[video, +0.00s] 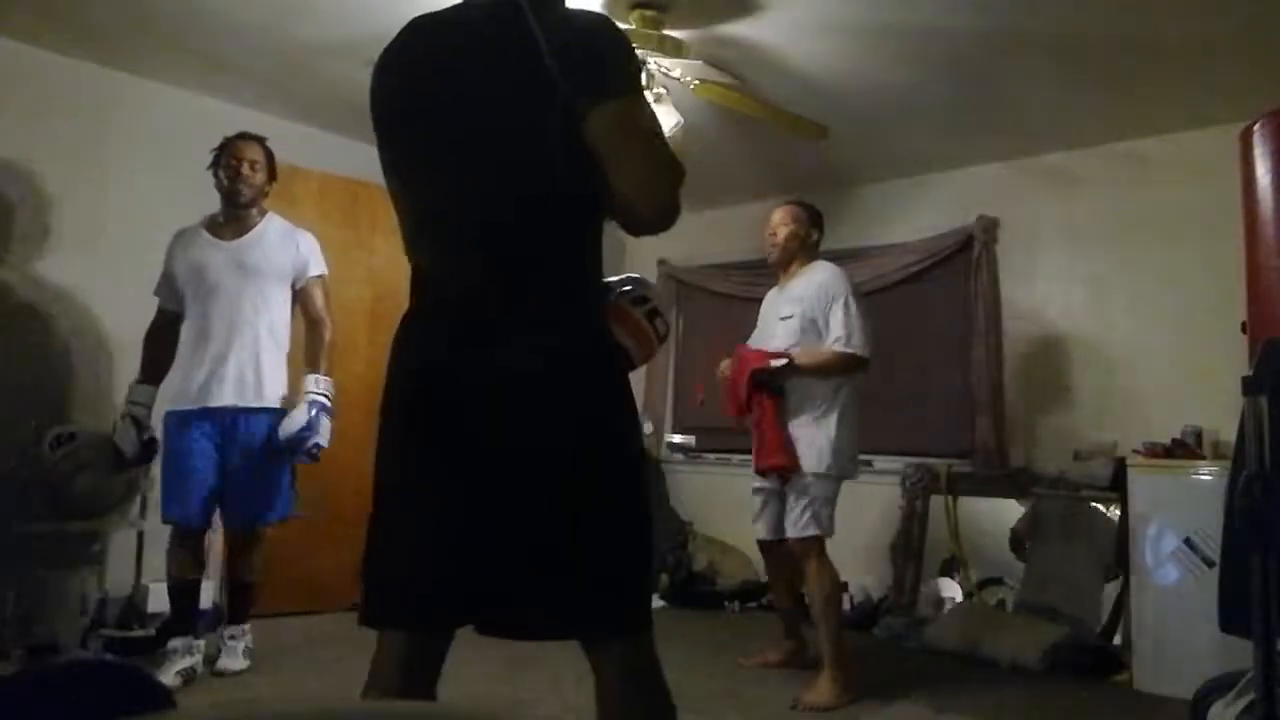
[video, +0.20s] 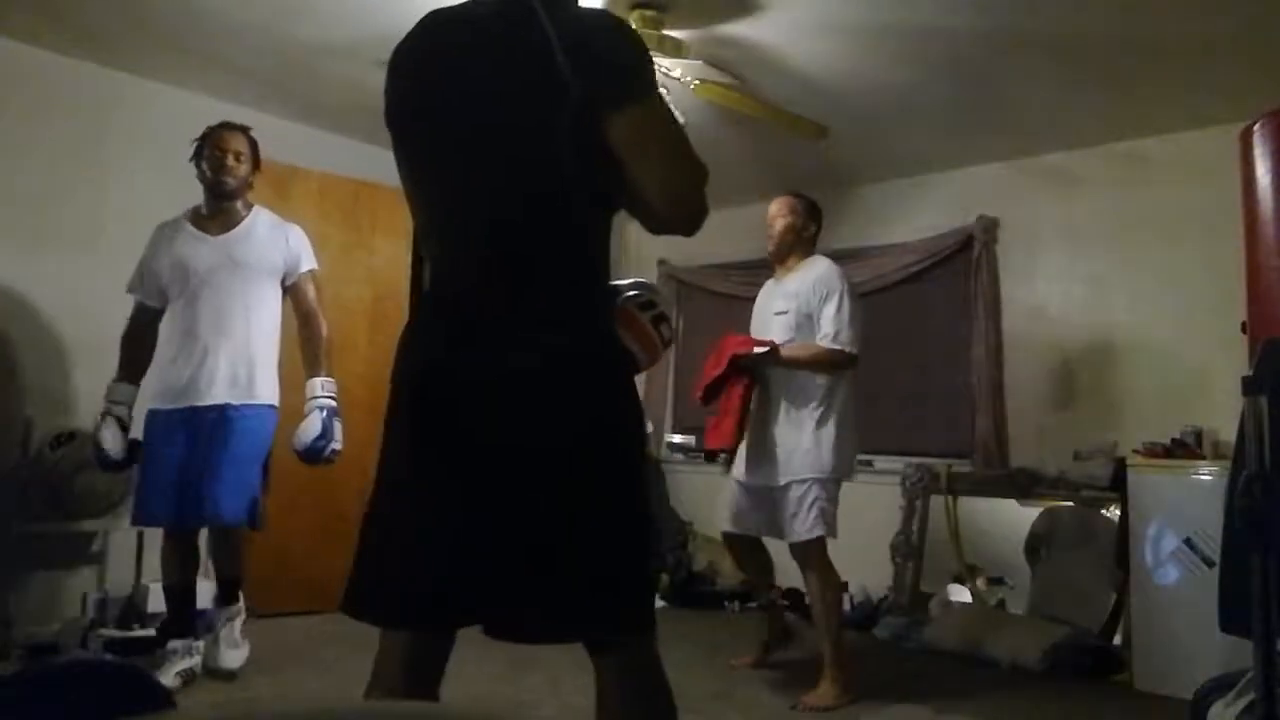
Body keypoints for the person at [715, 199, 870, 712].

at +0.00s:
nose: (768, 237)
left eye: (778, 229)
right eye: (768, 230)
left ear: (808, 235)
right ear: (777, 239)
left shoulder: (830, 278)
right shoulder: (774, 292)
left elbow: (853, 352)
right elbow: (769, 354)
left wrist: (779, 364)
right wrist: (738, 363)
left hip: (817, 440)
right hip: (775, 438)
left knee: (807, 544)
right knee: (771, 541)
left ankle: (833, 672)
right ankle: (793, 642)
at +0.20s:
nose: (768, 226)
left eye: (777, 217)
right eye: (768, 218)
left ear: (806, 227)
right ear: (777, 229)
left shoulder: (827, 275)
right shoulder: (768, 287)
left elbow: (842, 352)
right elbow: (768, 358)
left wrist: (767, 353)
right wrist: (735, 364)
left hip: (810, 443)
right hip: (764, 439)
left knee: (807, 546)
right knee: (739, 533)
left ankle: (834, 673)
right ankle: (775, 627)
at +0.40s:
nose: (747, 225)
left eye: (758, 216)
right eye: (749, 216)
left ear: (788, 228)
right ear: (763, 229)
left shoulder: (809, 273)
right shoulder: (748, 288)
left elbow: (837, 346)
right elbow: (749, 361)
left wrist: (767, 364)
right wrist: (719, 386)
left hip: (797, 444)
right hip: (748, 445)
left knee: (806, 550)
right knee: (728, 540)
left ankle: (835, 675)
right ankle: (726, 647)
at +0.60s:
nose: (717, 225)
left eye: (727, 214)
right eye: (717, 214)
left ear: (749, 217)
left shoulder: (783, 274)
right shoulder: (718, 286)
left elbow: (819, 347)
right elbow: (704, 358)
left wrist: (775, 373)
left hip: (774, 432)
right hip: (718, 433)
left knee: (787, 544)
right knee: (716, 544)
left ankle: (826, 672)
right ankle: (720, 645)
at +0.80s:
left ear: (734, 219)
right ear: (716, 221)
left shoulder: (767, 274)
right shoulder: (692, 277)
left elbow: (801, 345)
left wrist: (775, 388)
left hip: (753, 424)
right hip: (704, 424)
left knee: (760, 531)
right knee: (705, 541)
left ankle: (801, 653)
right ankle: (705, 654)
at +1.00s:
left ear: (732, 230)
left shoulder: (759, 273)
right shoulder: (674, 280)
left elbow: (791, 347)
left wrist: (782, 403)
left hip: (745, 426)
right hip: (686, 424)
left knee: (749, 540)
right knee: (695, 538)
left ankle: (781, 646)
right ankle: (701, 653)